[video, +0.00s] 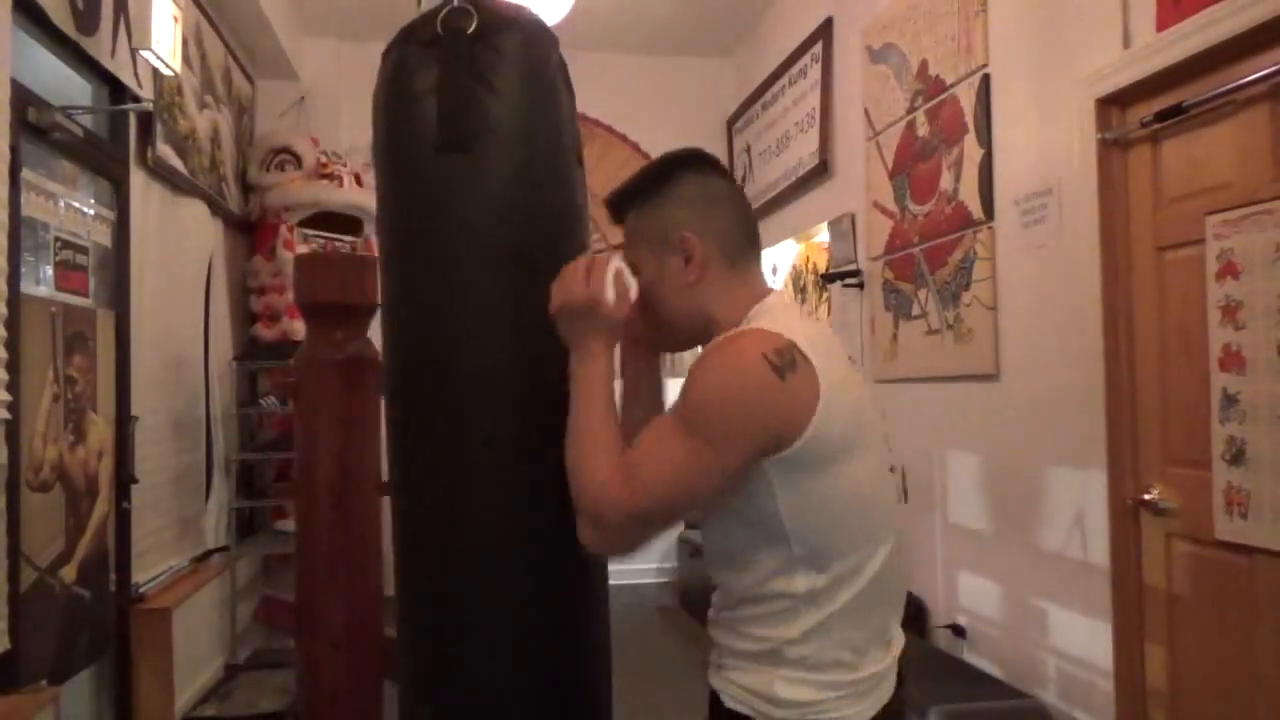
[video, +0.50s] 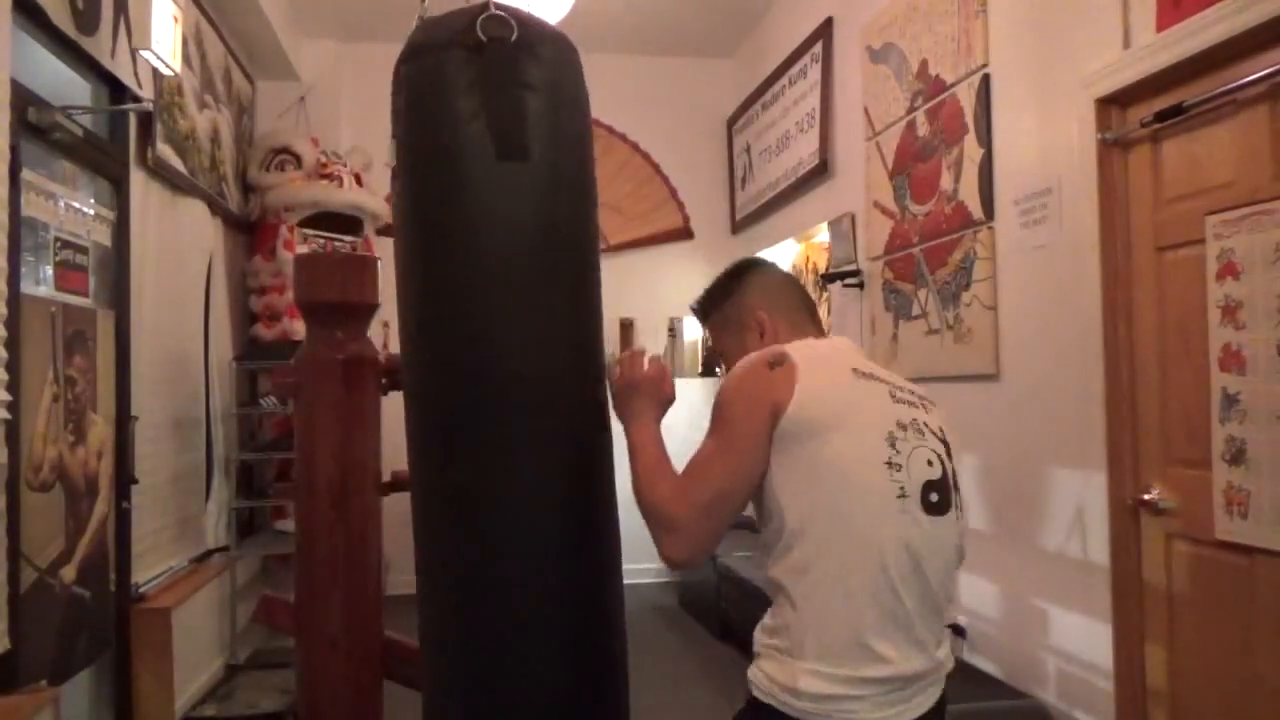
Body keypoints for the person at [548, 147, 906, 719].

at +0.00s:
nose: (635, 295)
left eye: (638, 273)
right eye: (632, 276)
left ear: (689, 259)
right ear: (693, 258)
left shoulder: (751, 362)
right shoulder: (790, 330)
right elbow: (645, 496)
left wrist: (585, 347)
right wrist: (639, 345)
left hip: (786, 704)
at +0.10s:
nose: (676, 299)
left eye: (673, 279)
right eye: (669, 282)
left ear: (715, 262)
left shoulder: (741, 349)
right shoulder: (822, 328)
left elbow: (594, 480)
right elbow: (710, 492)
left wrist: (609, 316)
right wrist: (687, 318)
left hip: (781, 700)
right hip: (876, 680)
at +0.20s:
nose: (704, 326)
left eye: (700, 305)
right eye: (697, 310)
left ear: (735, 279)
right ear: (796, 274)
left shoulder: (740, 349)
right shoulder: (881, 358)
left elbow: (612, 490)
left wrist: (615, 344)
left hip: (773, 702)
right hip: (893, 689)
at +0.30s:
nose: (716, 349)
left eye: (716, 331)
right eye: (714, 335)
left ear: (749, 307)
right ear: (811, 303)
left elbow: (644, 528)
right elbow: (934, 539)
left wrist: (624, 396)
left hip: (777, 702)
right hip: (907, 696)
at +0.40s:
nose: (725, 372)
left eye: (724, 355)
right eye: (721, 360)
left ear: (756, 329)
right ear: (814, 324)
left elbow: (668, 549)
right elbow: (945, 553)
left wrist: (632, 426)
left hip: (789, 705)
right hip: (919, 702)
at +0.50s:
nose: (728, 378)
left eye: (725, 362)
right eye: (722, 366)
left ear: (760, 330)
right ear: (813, 326)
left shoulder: (767, 376)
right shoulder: (899, 388)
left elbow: (680, 540)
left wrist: (640, 418)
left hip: (810, 704)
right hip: (922, 697)